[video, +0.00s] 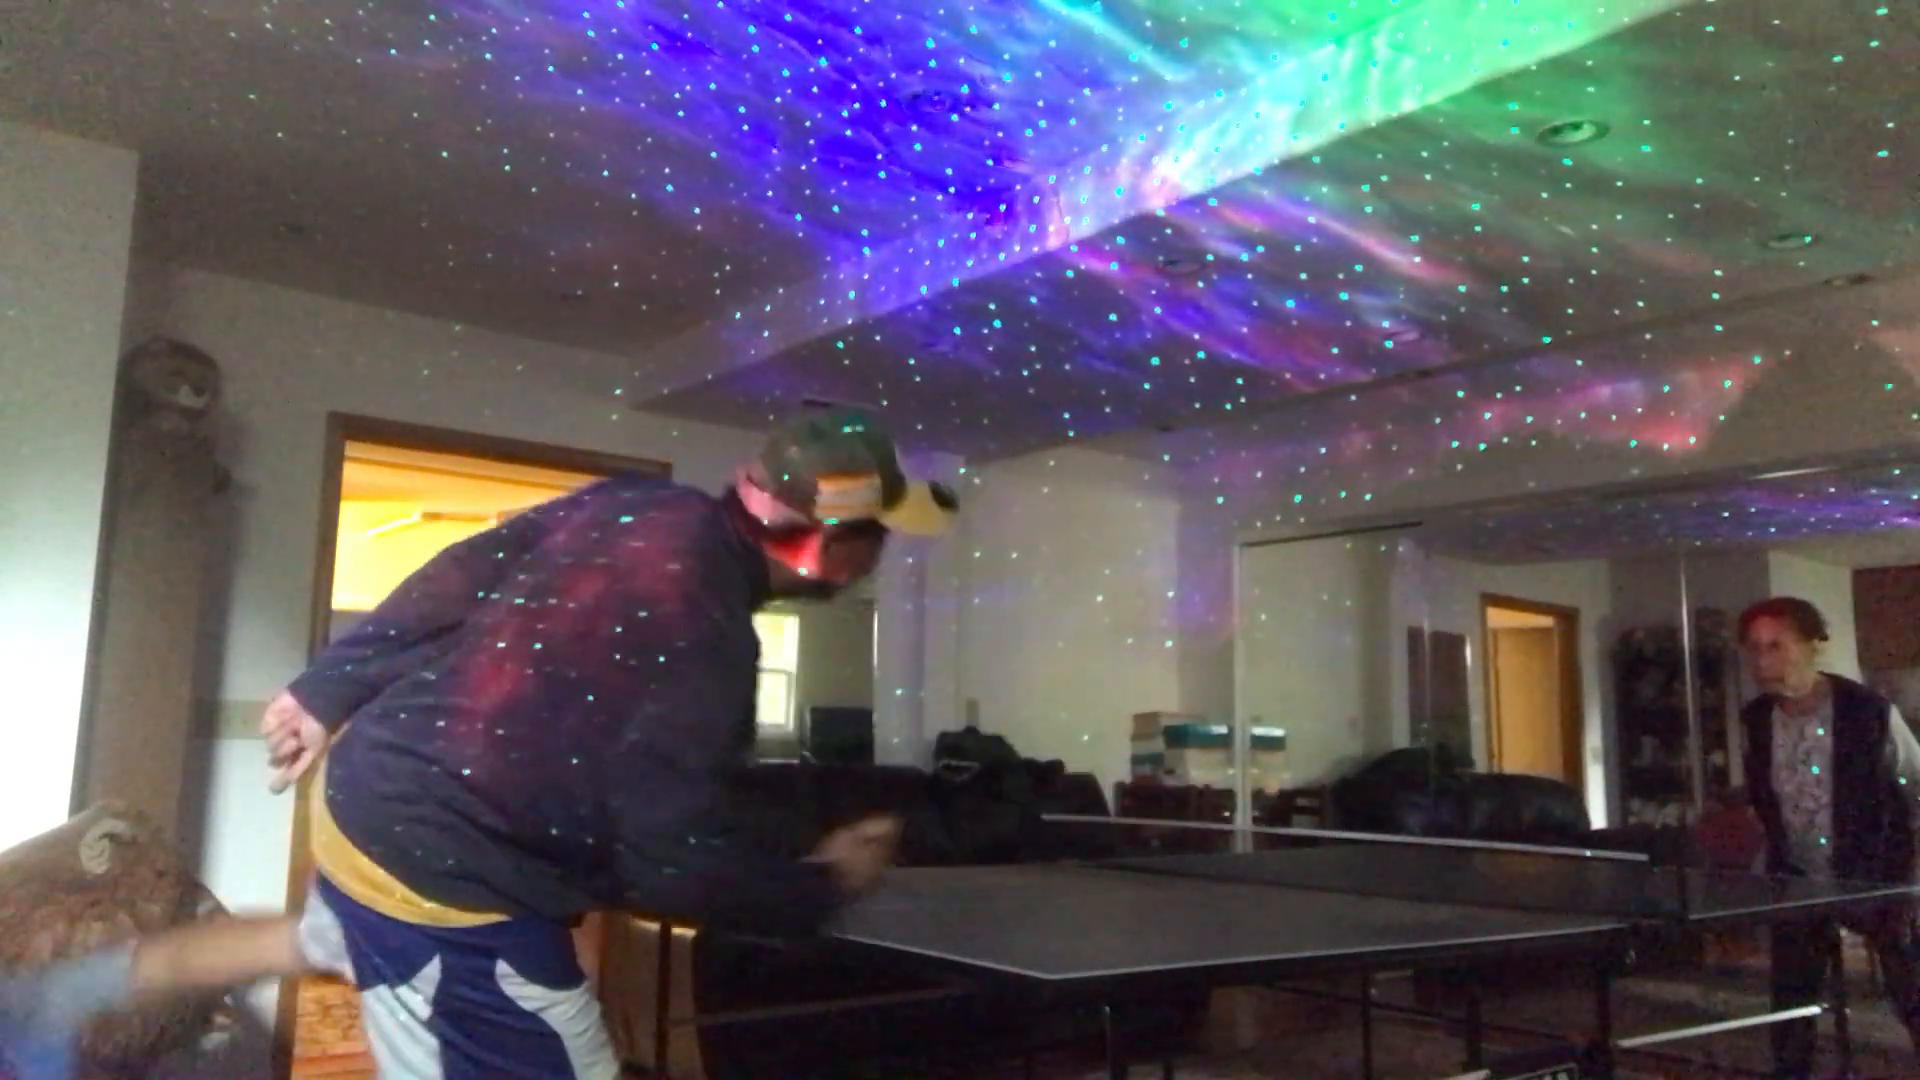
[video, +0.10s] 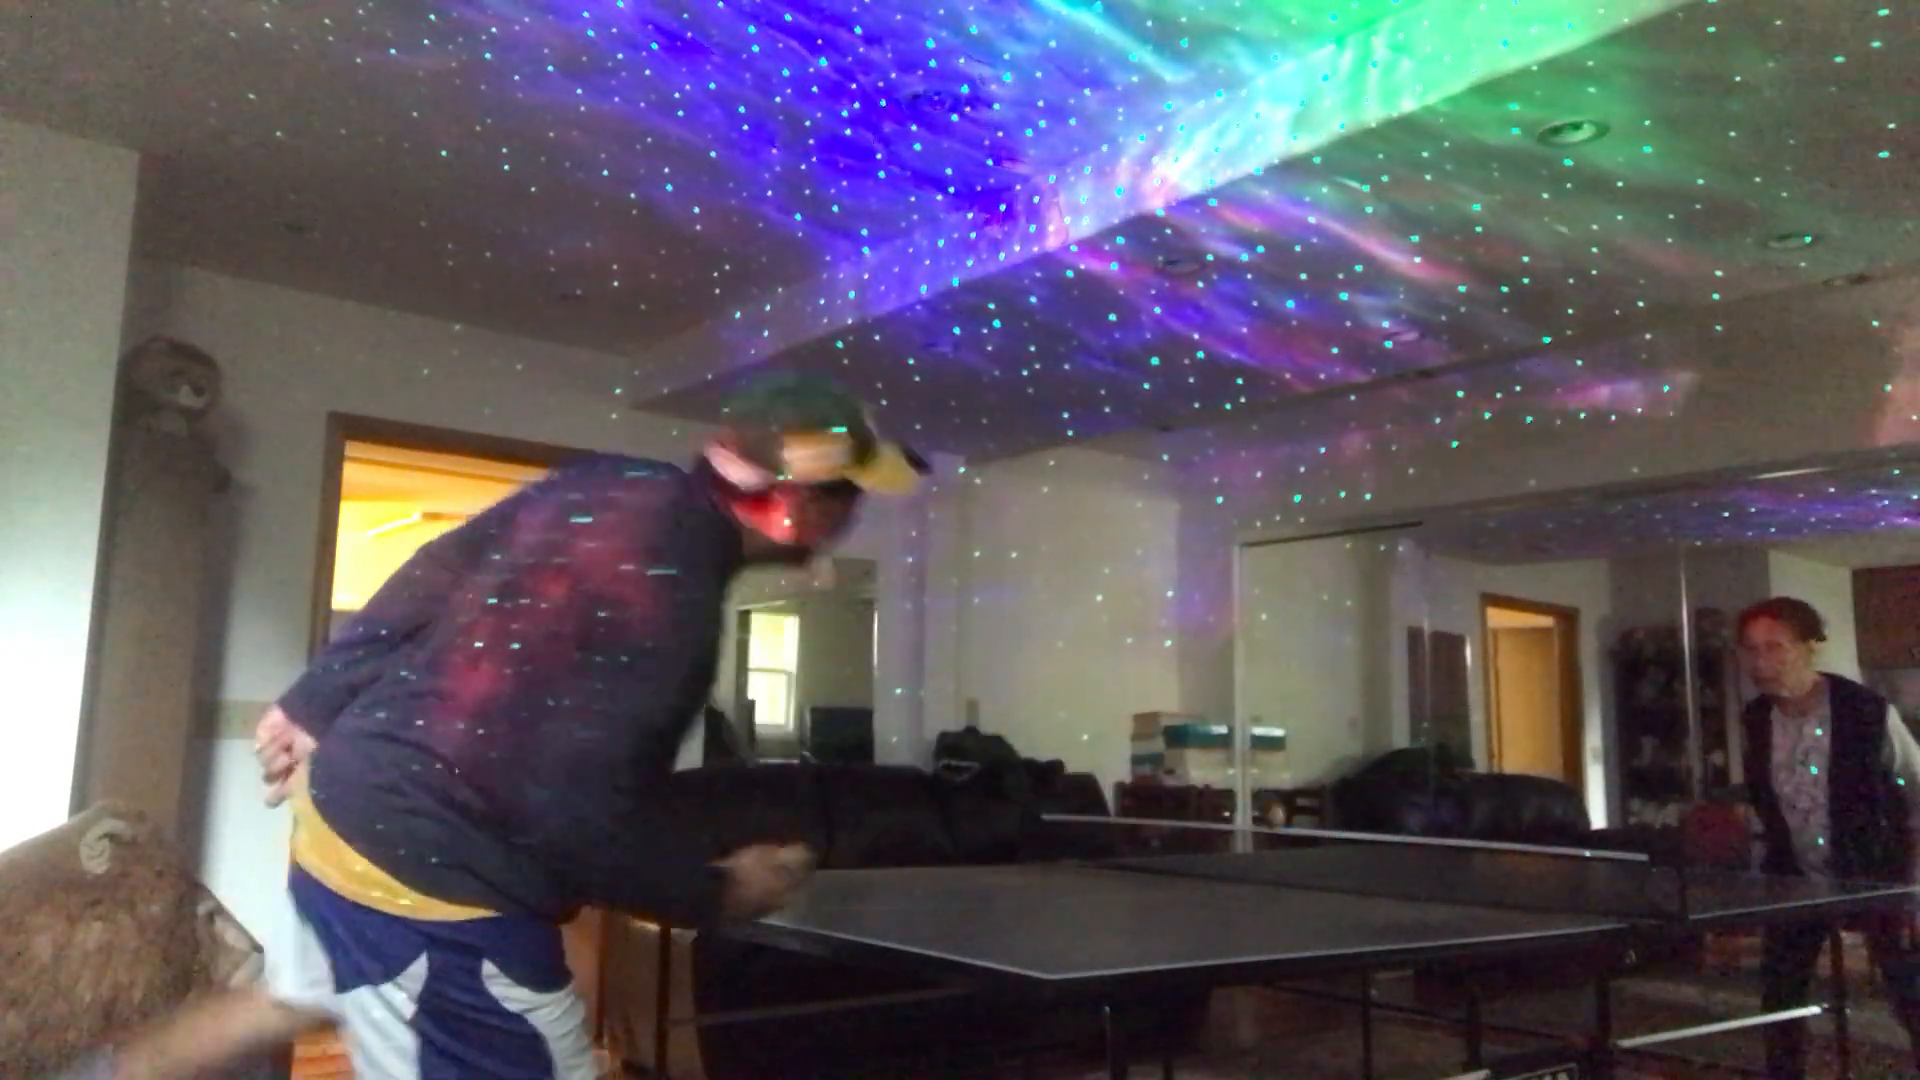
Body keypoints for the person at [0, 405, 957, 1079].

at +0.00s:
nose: (848, 570)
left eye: (858, 545)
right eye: (847, 545)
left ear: (762, 481)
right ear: (796, 519)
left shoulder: (645, 502)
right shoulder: (699, 626)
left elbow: (469, 572)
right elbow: (668, 859)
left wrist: (327, 684)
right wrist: (818, 879)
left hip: (368, 792)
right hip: (448, 887)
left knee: (342, 947)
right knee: (570, 1061)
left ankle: (112, 976)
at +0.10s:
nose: (839, 528)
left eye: (848, 506)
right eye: (836, 502)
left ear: (739, 460)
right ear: (780, 492)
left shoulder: (602, 481)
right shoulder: (674, 603)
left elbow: (438, 576)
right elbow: (571, 814)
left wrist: (311, 700)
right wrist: (720, 888)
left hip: (342, 806)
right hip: (437, 878)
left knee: (299, 1000)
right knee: (544, 1062)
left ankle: (114, 1063)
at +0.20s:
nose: (799, 473)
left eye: (801, 450)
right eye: (781, 444)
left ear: (699, 426)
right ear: (708, 429)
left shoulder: (564, 467)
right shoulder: (615, 526)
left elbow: (404, 582)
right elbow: (467, 744)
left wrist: (297, 722)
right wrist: (622, 870)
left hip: (339, 817)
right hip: (410, 861)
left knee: (360, 1063)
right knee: (510, 1057)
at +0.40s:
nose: (596, 366)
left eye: (601, 340)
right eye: (566, 334)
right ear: (484, 340)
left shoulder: (483, 484)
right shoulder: (400, 464)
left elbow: (407, 702)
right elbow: (286, 703)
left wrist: (500, 787)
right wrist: (460, 827)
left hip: (400, 913)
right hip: (334, 917)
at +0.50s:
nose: (493, 323)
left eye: (515, 298)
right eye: (462, 287)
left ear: (528, 330)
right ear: (389, 305)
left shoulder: (462, 488)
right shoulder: (306, 439)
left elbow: (433, 697)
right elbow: (205, 680)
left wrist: (473, 789)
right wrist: (389, 799)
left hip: (378, 904)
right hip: (278, 904)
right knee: (449, 1060)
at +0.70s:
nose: (370, 269)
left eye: (399, 241)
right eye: (334, 238)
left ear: (429, 279)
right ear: (274, 275)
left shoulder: (418, 455)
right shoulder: (190, 428)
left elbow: (404, 656)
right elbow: (92, 664)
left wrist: (485, 743)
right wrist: (245, 735)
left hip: (346, 895)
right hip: (220, 895)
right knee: (344, 1059)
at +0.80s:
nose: (340, 261)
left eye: (371, 231)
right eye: (304, 226)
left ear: (407, 272)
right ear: (242, 261)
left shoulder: (414, 451)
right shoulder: (145, 421)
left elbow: (405, 657)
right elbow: (25, 656)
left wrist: (529, 663)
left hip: (344, 926)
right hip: (180, 927)